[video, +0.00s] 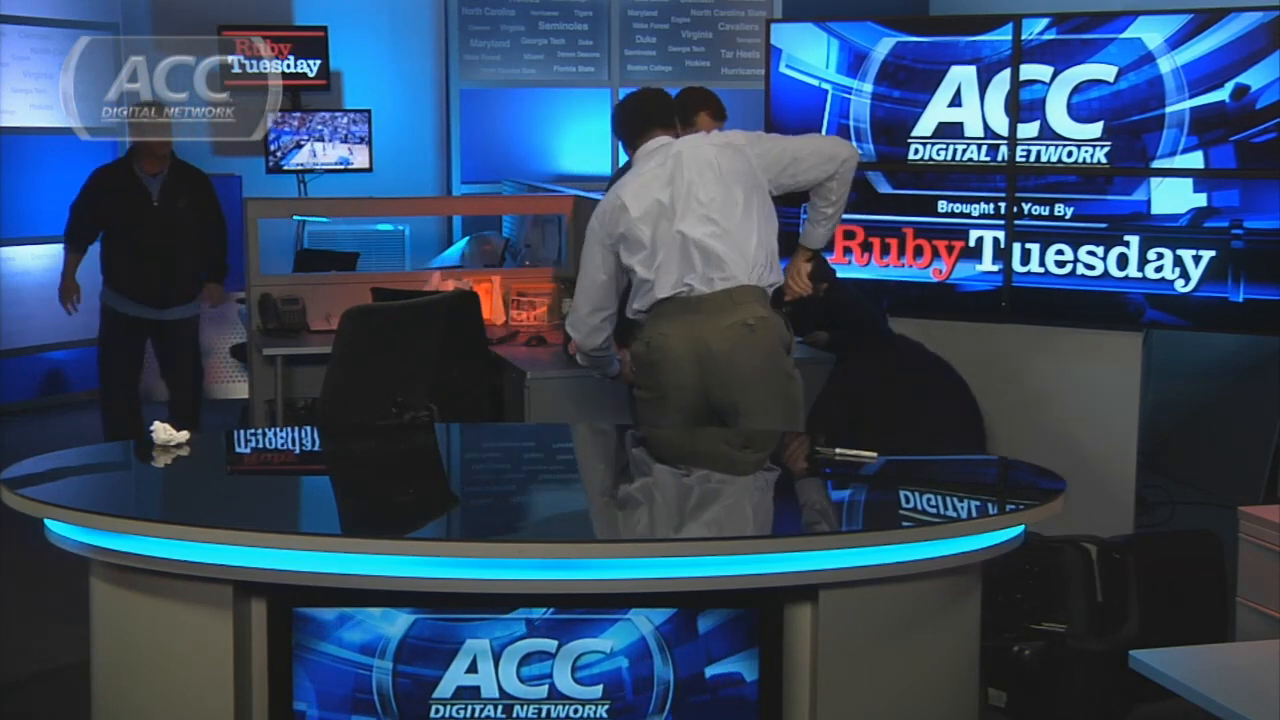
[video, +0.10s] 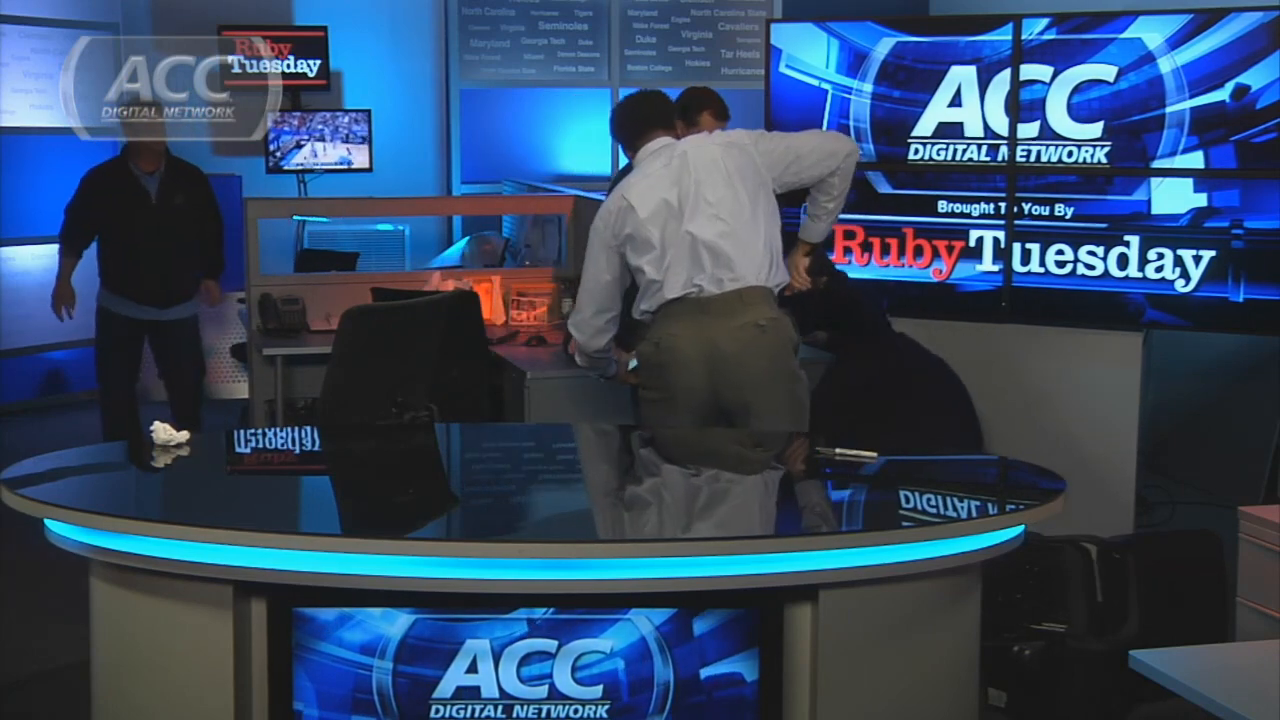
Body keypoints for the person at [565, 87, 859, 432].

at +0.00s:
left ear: (625, 143)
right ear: (677, 125)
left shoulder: (615, 203)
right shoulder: (734, 147)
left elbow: (587, 333)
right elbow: (840, 156)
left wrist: (614, 364)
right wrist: (806, 252)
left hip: (663, 337)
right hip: (748, 321)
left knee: (666, 479)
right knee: (744, 479)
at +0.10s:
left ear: (625, 147)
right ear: (678, 126)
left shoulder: (620, 203)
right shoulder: (738, 148)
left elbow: (589, 335)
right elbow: (840, 151)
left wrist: (616, 367)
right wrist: (805, 244)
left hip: (672, 338)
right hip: (757, 328)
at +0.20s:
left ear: (623, 149)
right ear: (677, 124)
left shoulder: (621, 204)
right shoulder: (739, 142)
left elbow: (594, 339)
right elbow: (838, 143)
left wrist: (614, 372)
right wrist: (800, 235)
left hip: (679, 336)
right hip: (764, 321)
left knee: (679, 480)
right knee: (760, 479)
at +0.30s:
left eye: (615, 142)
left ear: (619, 144)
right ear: (673, 120)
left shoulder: (620, 202)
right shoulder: (736, 136)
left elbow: (601, 335)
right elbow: (836, 132)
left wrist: (619, 372)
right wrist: (798, 216)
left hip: (685, 334)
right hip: (769, 319)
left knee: (683, 481)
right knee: (760, 483)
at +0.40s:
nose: (616, 140)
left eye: (613, 133)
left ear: (617, 135)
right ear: (669, 112)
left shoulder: (619, 199)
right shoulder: (733, 127)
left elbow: (603, 332)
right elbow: (835, 116)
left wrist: (622, 367)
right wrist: (793, 199)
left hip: (685, 330)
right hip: (767, 313)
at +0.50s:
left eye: (614, 125)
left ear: (619, 127)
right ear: (673, 105)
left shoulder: (617, 194)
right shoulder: (733, 122)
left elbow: (603, 324)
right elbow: (836, 111)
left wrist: (621, 360)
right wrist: (792, 189)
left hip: (679, 326)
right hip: (762, 310)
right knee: (765, 473)